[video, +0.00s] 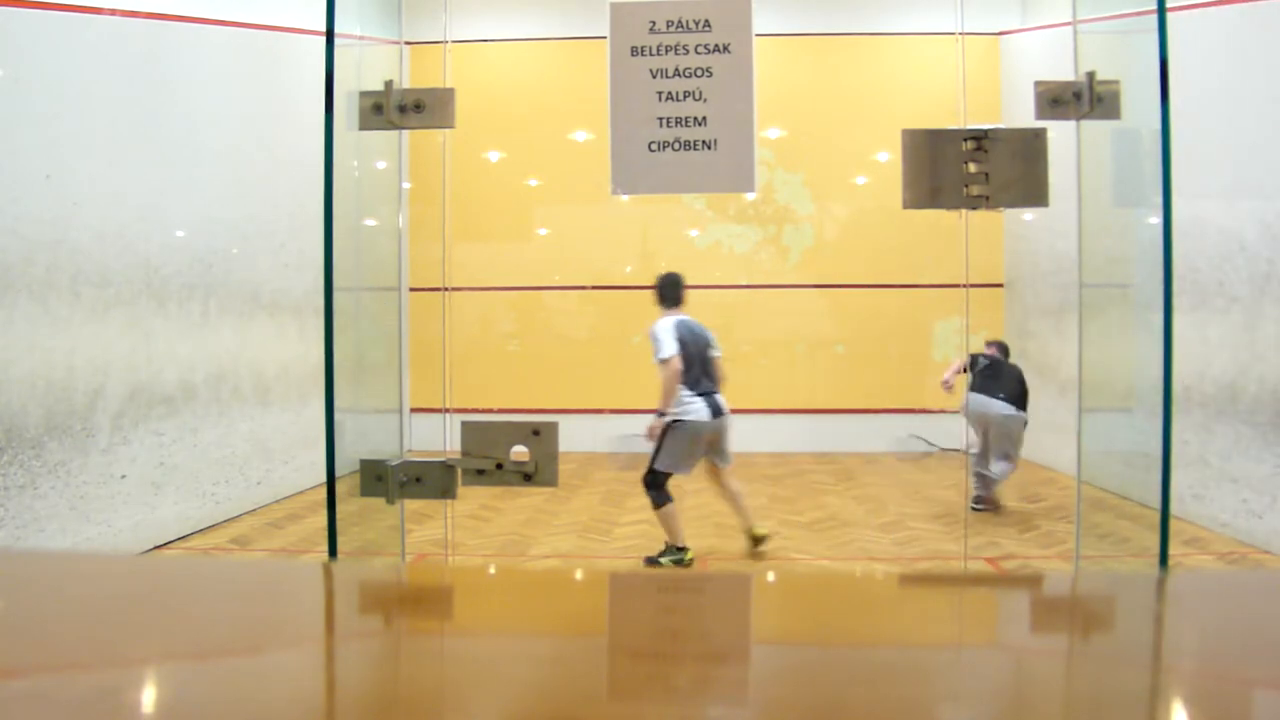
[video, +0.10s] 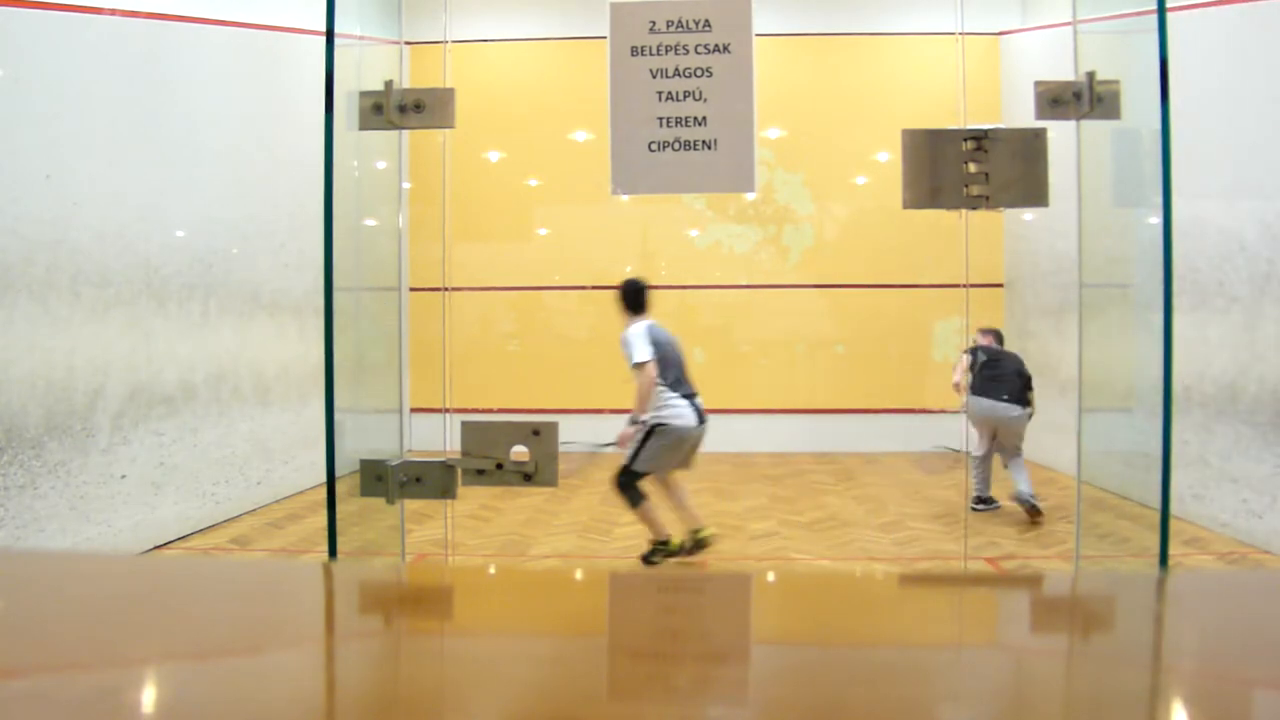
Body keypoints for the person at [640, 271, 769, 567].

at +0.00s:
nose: (660, 299)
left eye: (657, 294)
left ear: (658, 297)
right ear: (683, 297)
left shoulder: (663, 327)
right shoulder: (702, 329)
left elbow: (674, 368)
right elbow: (718, 374)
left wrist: (661, 415)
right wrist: (700, 398)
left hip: (688, 415)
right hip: (717, 412)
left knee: (654, 480)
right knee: (718, 471)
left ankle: (677, 547)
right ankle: (752, 530)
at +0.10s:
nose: (620, 306)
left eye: (620, 301)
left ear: (623, 304)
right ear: (646, 302)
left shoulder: (636, 332)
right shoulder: (660, 330)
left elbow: (649, 376)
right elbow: (674, 377)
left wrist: (634, 423)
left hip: (669, 420)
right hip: (694, 419)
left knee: (625, 480)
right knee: (661, 473)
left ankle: (662, 539)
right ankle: (697, 530)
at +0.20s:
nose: (579, 331)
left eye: (580, 325)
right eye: (580, 324)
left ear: (585, 326)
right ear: (604, 322)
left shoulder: (603, 352)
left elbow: (625, 397)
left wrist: (621, 446)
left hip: (649, 439)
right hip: (667, 436)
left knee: (584, 485)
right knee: (636, 494)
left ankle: (606, 549)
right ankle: (677, 548)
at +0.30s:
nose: (525, 348)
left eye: (526, 341)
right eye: (524, 341)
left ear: (537, 341)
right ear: (547, 338)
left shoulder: (558, 363)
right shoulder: (563, 362)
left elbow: (597, 400)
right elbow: (574, 414)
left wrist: (606, 451)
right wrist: (552, 446)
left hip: (613, 449)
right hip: (627, 445)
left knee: (547, 495)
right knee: (624, 503)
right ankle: (675, 546)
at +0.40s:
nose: (468, 356)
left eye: (470, 348)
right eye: (468, 348)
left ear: (485, 345)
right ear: (485, 345)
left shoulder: (518, 369)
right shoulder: (508, 374)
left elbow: (558, 411)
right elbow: (521, 422)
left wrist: (562, 468)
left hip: (568, 463)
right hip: (556, 461)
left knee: (505, 517)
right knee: (564, 514)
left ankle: (498, 581)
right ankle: (626, 530)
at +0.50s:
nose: (415, 357)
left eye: (419, 347)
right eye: (415, 348)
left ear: (436, 344)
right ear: (435, 345)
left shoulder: (479, 369)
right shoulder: (445, 386)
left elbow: (520, 416)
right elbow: (446, 436)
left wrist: (509, 481)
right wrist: (443, 473)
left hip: (516, 468)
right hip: (486, 468)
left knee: (481, 539)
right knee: (471, 534)